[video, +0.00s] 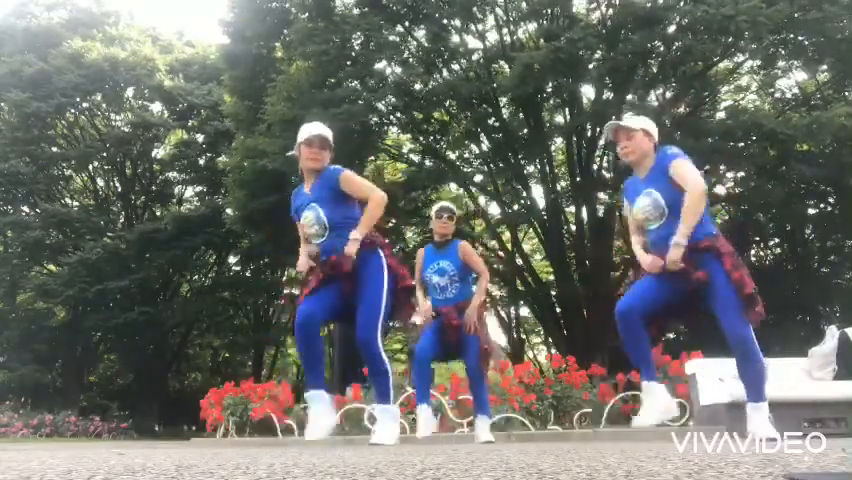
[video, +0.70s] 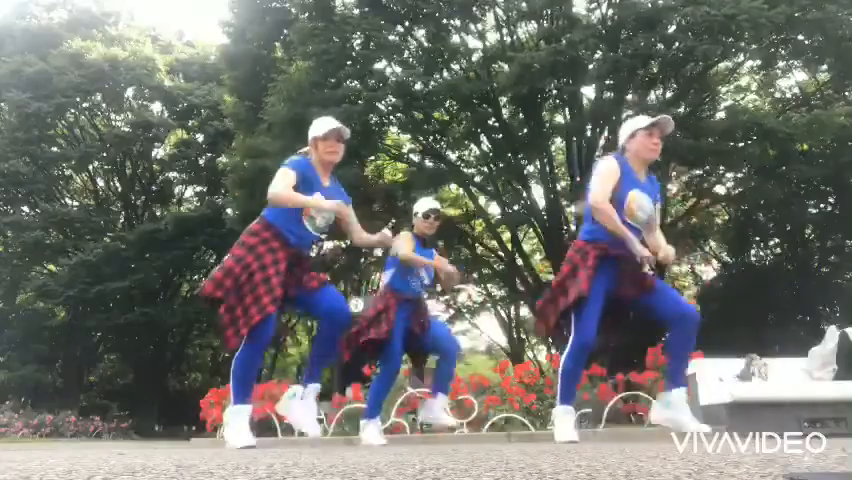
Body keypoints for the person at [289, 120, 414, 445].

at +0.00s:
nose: (316, 151)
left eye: (323, 146)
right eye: (310, 144)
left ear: (330, 153)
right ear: (297, 150)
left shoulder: (336, 176)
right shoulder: (298, 196)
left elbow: (378, 197)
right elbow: (306, 238)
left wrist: (356, 237)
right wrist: (305, 254)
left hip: (367, 261)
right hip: (335, 271)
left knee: (367, 336)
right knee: (306, 317)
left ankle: (387, 418)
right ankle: (320, 407)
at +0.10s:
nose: (310, 153)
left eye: (317, 148)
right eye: (304, 147)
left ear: (324, 154)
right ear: (292, 153)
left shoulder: (332, 179)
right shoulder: (293, 197)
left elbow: (378, 198)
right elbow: (309, 243)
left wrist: (364, 229)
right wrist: (289, 257)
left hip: (355, 266)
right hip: (321, 274)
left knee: (355, 345)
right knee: (288, 329)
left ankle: (387, 417)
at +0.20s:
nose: (310, 147)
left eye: (317, 144)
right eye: (305, 140)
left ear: (322, 151)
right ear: (290, 146)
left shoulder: (329, 179)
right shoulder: (285, 193)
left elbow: (365, 215)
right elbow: (299, 246)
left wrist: (365, 242)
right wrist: (276, 266)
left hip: (338, 267)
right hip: (304, 276)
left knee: (343, 346)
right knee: (268, 329)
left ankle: (388, 417)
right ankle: (260, 417)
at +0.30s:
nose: (316, 125)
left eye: (322, 121)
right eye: (310, 118)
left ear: (328, 127)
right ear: (296, 121)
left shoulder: (336, 159)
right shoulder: (274, 157)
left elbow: (359, 201)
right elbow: (259, 201)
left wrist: (339, 197)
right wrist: (251, 205)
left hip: (322, 244)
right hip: (282, 245)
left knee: (332, 327)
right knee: (266, 327)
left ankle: (354, 403)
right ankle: (259, 415)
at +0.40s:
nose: (319, 121)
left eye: (325, 115)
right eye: (313, 113)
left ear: (330, 119)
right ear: (298, 114)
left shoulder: (335, 150)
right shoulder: (278, 132)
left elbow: (355, 178)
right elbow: (262, 157)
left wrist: (327, 180)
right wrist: (290, 171)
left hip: (316, 236)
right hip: (275, 232)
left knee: (308, 314)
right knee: (265, 316)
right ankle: (247, 406)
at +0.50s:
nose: (320, 133)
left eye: (325, 128)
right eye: (314, 126)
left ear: (329, 134)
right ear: (298, 127)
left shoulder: (329, 165)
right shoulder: (279, 151)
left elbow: (348, 185)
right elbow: (299, 172)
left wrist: (363, 197)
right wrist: (335, 190)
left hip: (304, 250)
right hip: (268, 242)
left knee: (291, 332)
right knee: (255, 326)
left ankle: (265, 414)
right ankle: (237, 414)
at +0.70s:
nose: (333, 145)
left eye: (339, 140)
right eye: (326, 139)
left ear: (345, 147)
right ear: (313, 144)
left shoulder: (338, 192)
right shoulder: (298, 165)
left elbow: (357, 236)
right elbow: (275, 194)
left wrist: (379, 238)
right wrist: (320, 202)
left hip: (294, 267)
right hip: (264, 254)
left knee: (337, 311)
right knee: (262, 331)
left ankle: (304, 397)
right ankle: (237, 416)